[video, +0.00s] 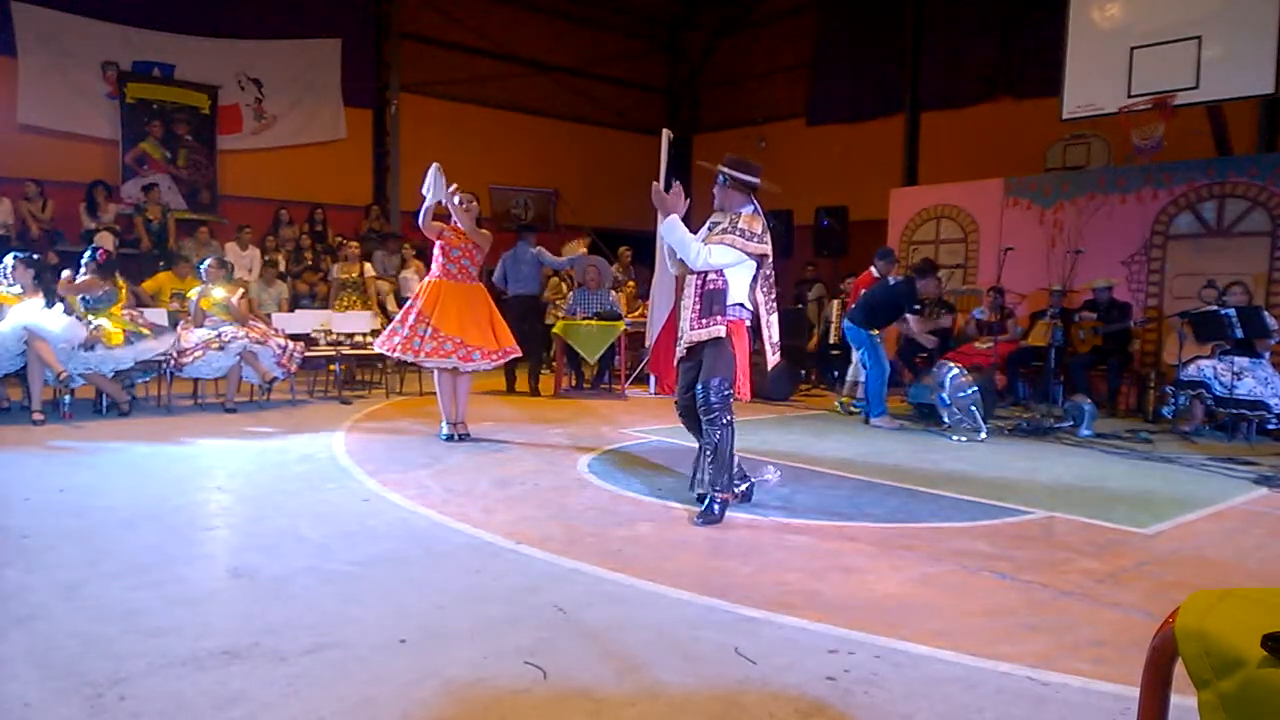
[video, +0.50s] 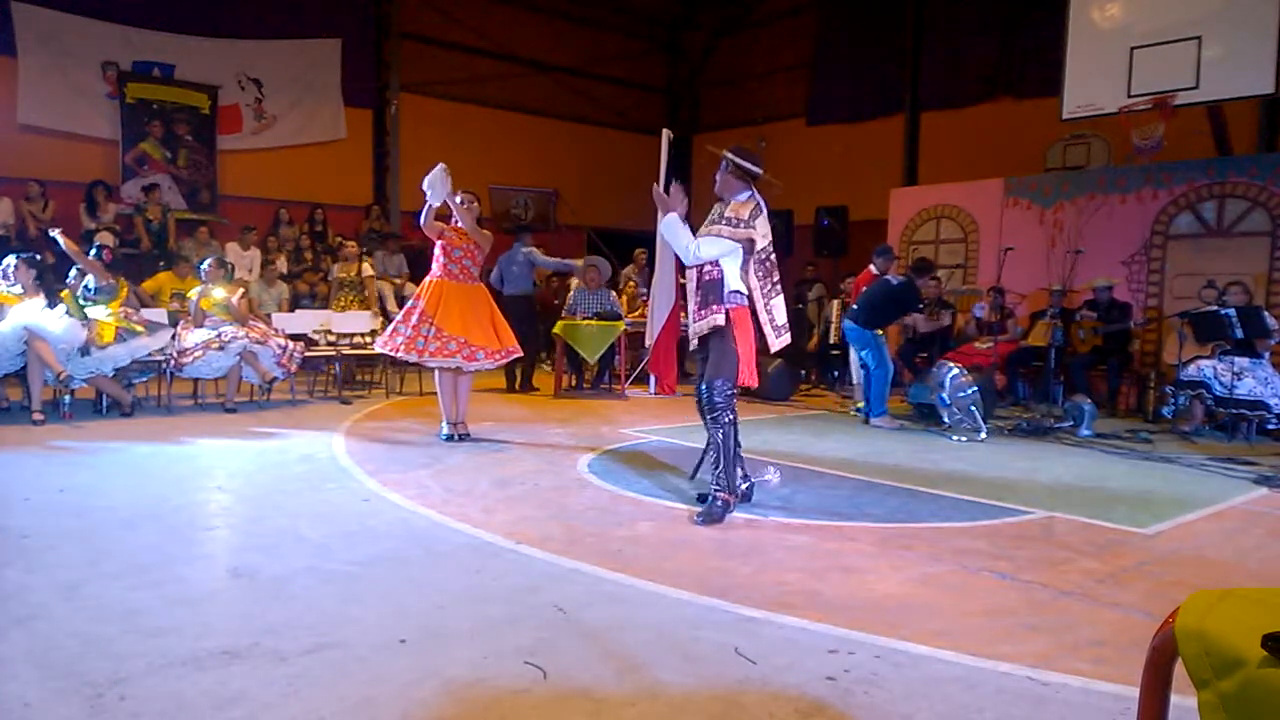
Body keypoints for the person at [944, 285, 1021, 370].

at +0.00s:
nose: (992, 300)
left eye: (996, 298)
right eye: (989, 296)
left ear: (1001, 300)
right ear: (985, 297)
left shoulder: (1007, 313)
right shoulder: (978, 313)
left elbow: (1013, 335)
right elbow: (973, 335)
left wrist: (991, 339)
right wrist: (967, 325)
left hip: (1002, 344)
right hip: (982, 344)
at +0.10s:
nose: (992, 300)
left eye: (996, 298)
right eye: (990, 297)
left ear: (1002, 300)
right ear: (985, 298)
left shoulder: (1007, 313)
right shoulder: (979, 314)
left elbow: (1012, 335)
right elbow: (973, 336)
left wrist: (992, 339)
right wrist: (968, 325)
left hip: (1003, 344)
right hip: (983, 345)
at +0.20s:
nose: (992, 300)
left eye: (996, 298)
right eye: (990, 297)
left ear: (1002, 300)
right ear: (985, 298)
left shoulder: (1007, 312)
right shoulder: (978, 313)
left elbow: (1013, 335)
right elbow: (974, 335)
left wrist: (992, 339)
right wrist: (967, 325)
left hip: (1003, 343)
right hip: (983, 344)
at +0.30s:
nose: (992, 300)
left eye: (996, 298)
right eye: (990, 297)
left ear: (1002, 300)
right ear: (985, 298)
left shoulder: (1007, 313)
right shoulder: (979, 314)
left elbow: (1012, 335)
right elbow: (972, 335)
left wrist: (991, 339)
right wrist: (967, 324)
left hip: (1003, 343)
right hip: (983, 344)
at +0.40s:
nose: (992, 300)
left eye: (996, 297)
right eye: (989, 297)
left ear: (1002, 299)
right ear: (985, 298)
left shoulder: (1007, 312)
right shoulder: (979, 313)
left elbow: (1012, 335)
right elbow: (972, 333)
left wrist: (991, 339)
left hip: (1002, 343)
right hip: (983, 343)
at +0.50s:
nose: (992, 300)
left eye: (996, 297)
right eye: (989, 296)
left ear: (1002, 300)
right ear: (985, 297)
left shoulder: (1007, 313)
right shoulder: (981, 312)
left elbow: (1012, 335)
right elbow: (973, 334)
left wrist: (991, 339)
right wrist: (972, 320)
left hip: (1002, 343)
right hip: (983, 342)